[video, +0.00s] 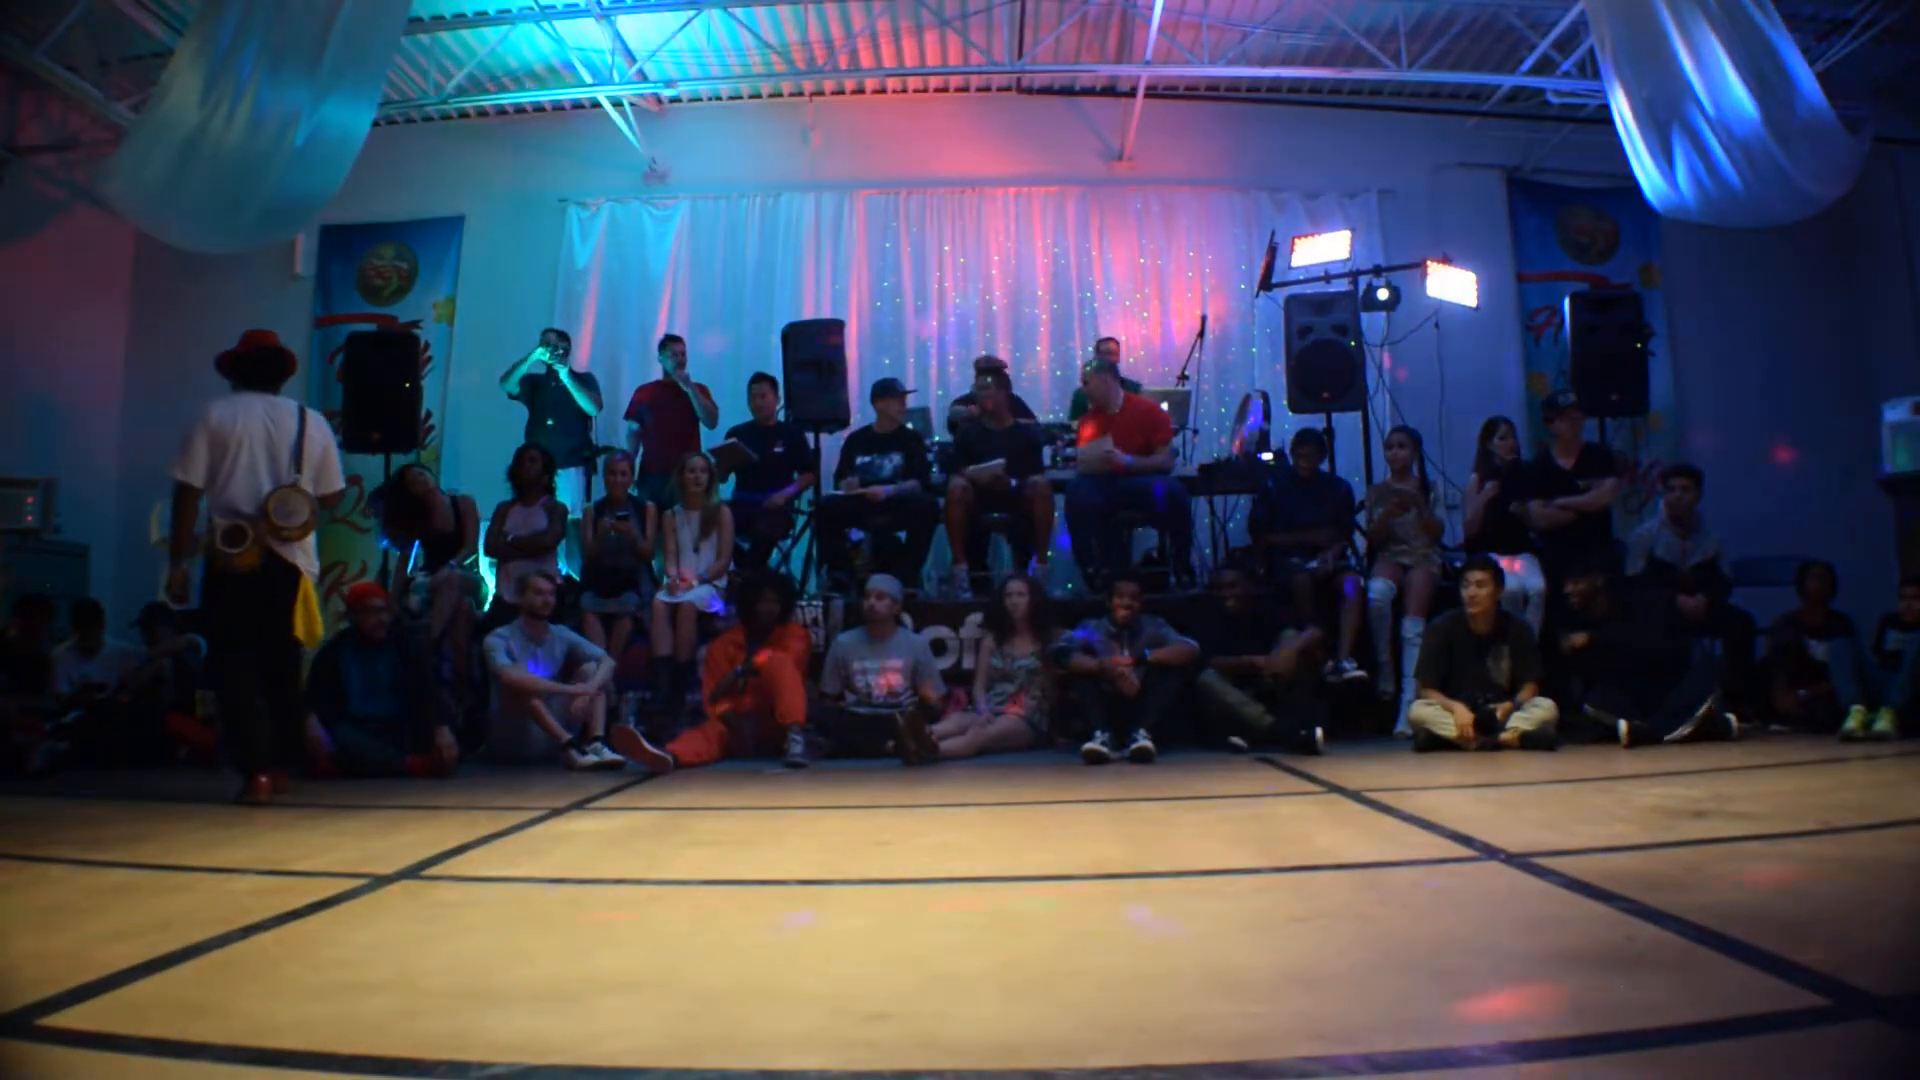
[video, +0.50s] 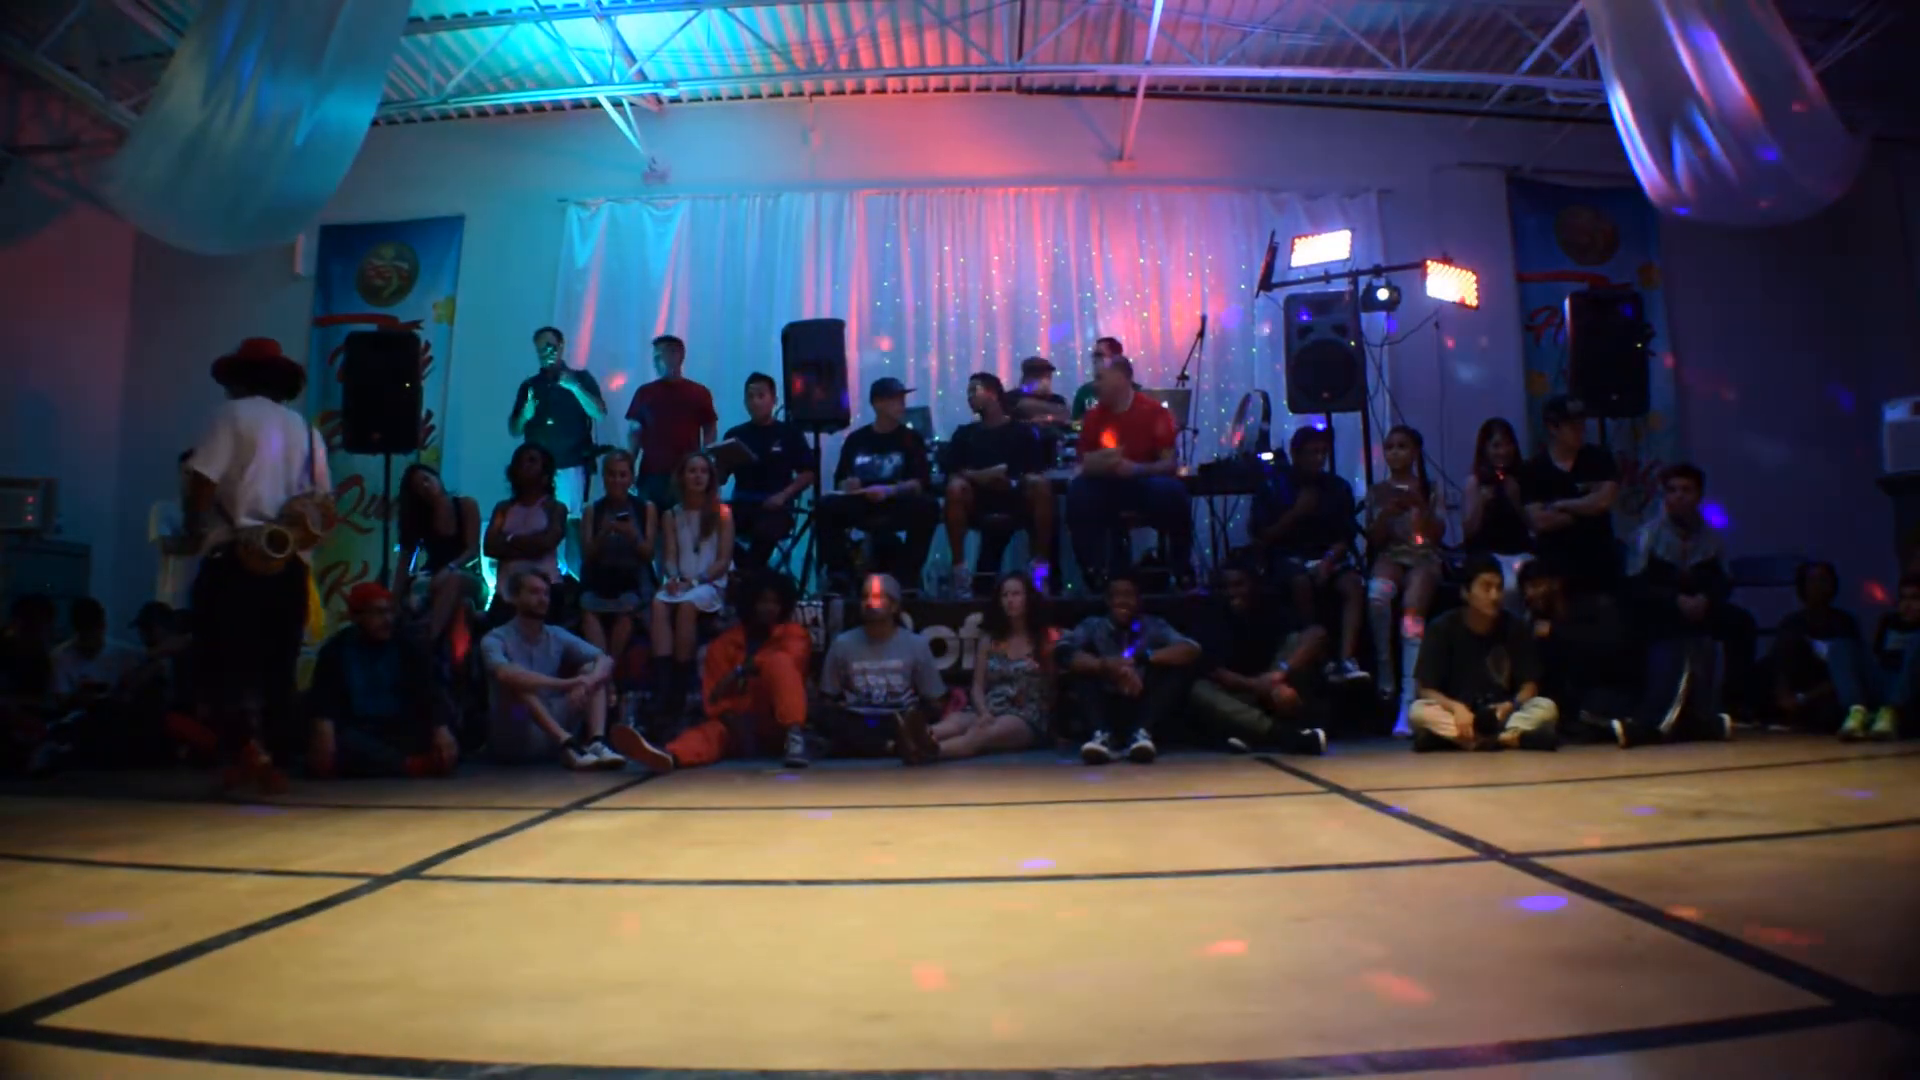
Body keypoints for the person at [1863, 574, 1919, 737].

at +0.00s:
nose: (1908, 604)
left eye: (1914, 599)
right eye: (1904, 598)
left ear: (1919, 602)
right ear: (1898, 600)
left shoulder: (1916, 629)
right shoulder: (1887, 623)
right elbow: (1875, 653)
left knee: (1912, 657)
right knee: (1843, 648)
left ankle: (1889, 712)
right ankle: (1856, 709)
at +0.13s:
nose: (1908, 604)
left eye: (1913, 599)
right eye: (1904, 598)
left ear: (1919, 602)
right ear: (1898, 601)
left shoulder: (1916, 630)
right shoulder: (1888, 623)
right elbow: (1875, 653)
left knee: (1912, 656)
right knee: (1843, 648)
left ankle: (1889, 712)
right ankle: (1856, 709)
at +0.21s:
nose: (1908, 604)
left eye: (1913, 598)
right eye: (1904, 598)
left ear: (1919, 602)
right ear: (1898, 601)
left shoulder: (1916, 631)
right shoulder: (1888, 622)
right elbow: (1876, 654)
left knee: (1912, 655)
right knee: (1841, 648)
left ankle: (1888, 712)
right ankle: (1855, 709)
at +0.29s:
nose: (1908, 604)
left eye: (1913, 599)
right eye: (1904, 598)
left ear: (1919, 602)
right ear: (1898, 601)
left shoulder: (1915, 630)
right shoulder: (1887, 622)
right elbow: (1876, 653)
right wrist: (1905, 659)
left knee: (1911, 656)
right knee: (1841, 647)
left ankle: (1888, 712)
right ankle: (1855, 709)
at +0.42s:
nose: (1908, 604)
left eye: (1913, 598)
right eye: (1903, 598)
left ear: (1919, 602)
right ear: (1897, 601)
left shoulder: (1915, 630)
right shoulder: (1887, 622)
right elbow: (1876, 654)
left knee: (1912, 653)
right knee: (1842, 647)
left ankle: (1890, 712)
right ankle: (1856, 709)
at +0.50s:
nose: (1908, 604)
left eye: (1913, 598)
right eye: (1904, 598)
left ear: (1919, 601)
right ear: (1898, 600)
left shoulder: (1916, 630)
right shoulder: (1888, 622)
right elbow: (1877, 654)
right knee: (1841, 648)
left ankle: (1889, 711)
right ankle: (1856, 709)